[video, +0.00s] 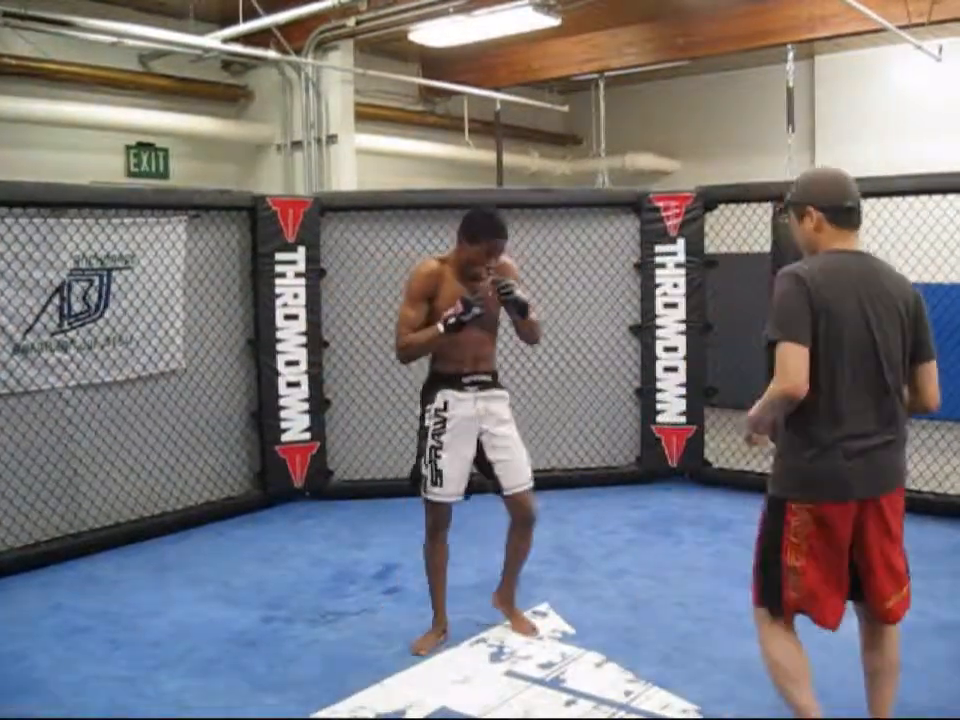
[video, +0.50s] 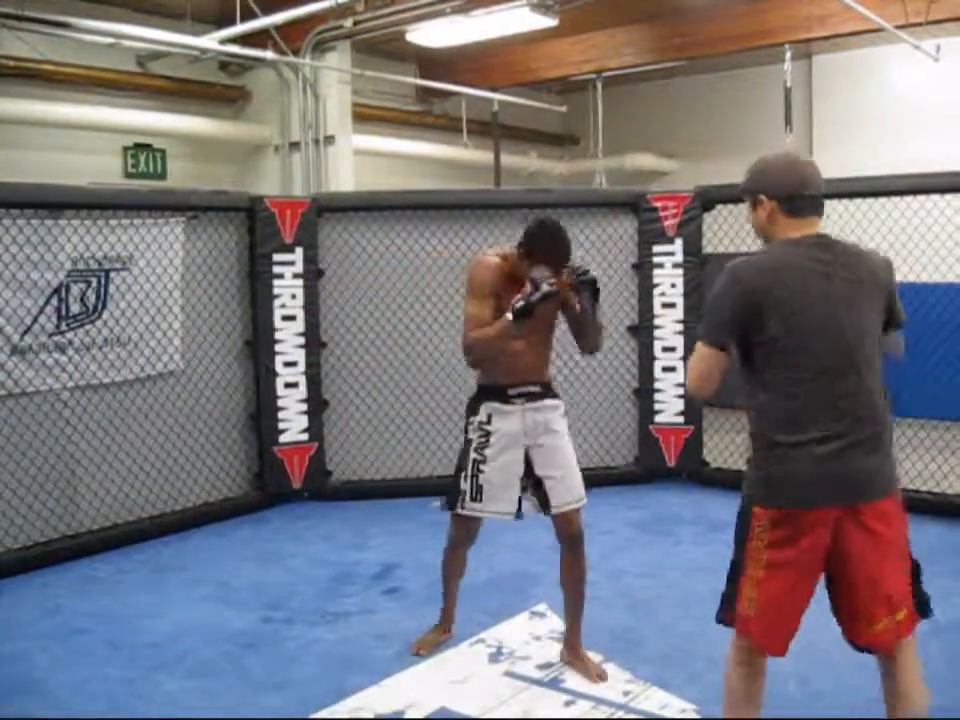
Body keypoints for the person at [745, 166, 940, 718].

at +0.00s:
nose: (793, 233)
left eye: (794, 222)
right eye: (792, 223)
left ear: (813, 218)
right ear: (854, 218)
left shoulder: (799, 280)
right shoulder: (901, 288)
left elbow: (792, 384)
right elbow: (928, 398)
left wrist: (762, 414)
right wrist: (878, 395)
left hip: (809, 486)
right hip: (883, 481)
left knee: (774, 616)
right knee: (879, 614)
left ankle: (808, 711)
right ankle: (881, 713)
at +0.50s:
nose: (749, 217)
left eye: (749, 206)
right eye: (749, 206)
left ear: (765, 206)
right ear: (816, 202)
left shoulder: (744, 277)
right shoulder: (872, 268)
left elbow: (701, 382)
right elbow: (886, 347)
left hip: (784, 487)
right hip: (873, 483)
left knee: (749, 653)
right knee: (898, 649)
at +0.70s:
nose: (770, 232)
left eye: (771, 221)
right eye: (768, 221)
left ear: (790, 224)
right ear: (841, 218)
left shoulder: (772, 294)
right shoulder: (889, 285)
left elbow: (707, 398)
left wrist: (728, 399)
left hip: (789, 514)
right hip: (876, 512)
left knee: (727, 646)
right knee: (903, 675)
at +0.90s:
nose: (707, 237)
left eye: (708, 226)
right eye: (707, 225)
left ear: (723, 229)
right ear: (781, 221)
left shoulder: (723, 298)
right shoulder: (835, 287)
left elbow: (713, 423)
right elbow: (844, 272)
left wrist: (668, 456)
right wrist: (824, 218)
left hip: (772, 513)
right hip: (856, 504)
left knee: (718, 665)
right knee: (892, 677)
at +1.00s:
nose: (667, 222)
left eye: (668, 213)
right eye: (667, 212)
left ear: (682, 218)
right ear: (735, 206)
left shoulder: (691, 284)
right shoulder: (798, 263)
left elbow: (693, 403)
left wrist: (660, 424)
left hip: (756, 498)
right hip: (841, 485)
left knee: (707, 660)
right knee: (886, 665)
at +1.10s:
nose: (644, 229)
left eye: (644, 218)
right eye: (643, 217)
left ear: (657, 219)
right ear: (713, 205)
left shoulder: (660, 281)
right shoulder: (780, 258)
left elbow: (638, 404)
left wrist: (627, 404)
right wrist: (746, 218)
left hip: (736, 491)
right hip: (822, 478)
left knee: (700, 665)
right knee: (871, 666)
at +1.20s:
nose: (626, 226)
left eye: (626, 216)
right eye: (626, 215)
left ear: (637, 217)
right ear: (693, 201)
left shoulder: (635, 288)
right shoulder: (772, 259)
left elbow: (617, 411)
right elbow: (853, 338)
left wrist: (638, 413)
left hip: (718, 496)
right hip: (807, 483)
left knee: (692, 675)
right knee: (851, 668)